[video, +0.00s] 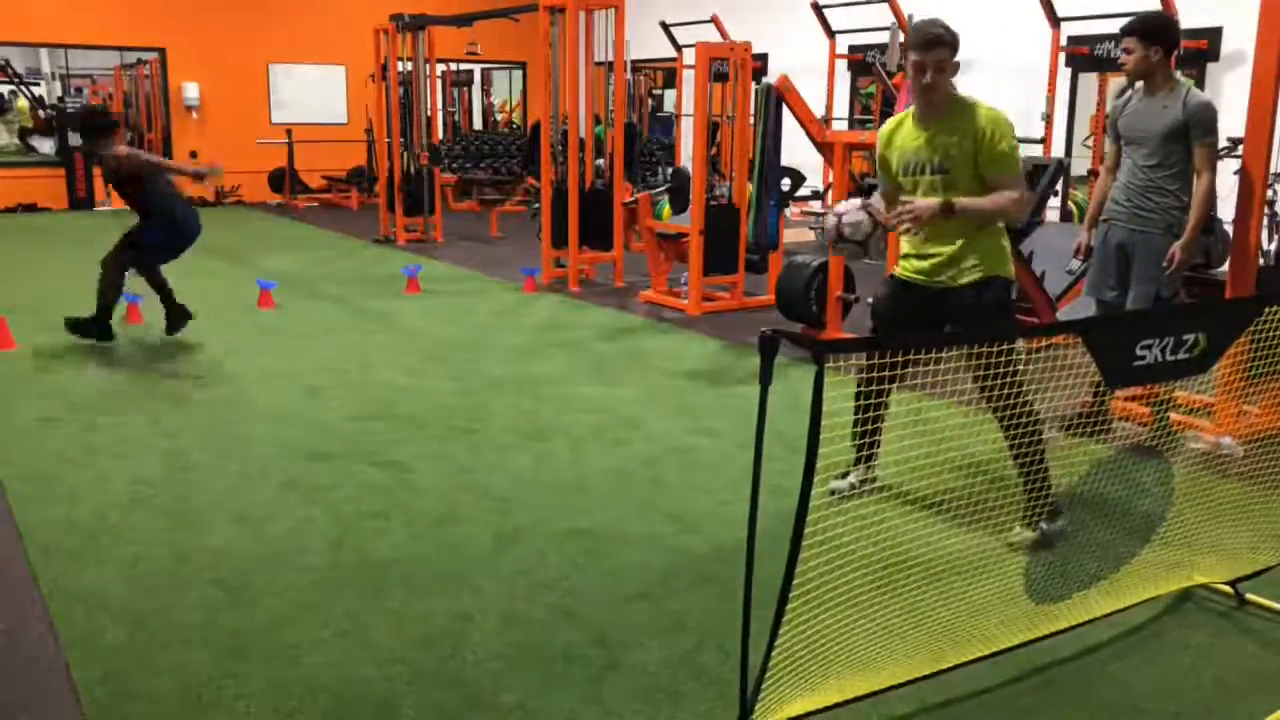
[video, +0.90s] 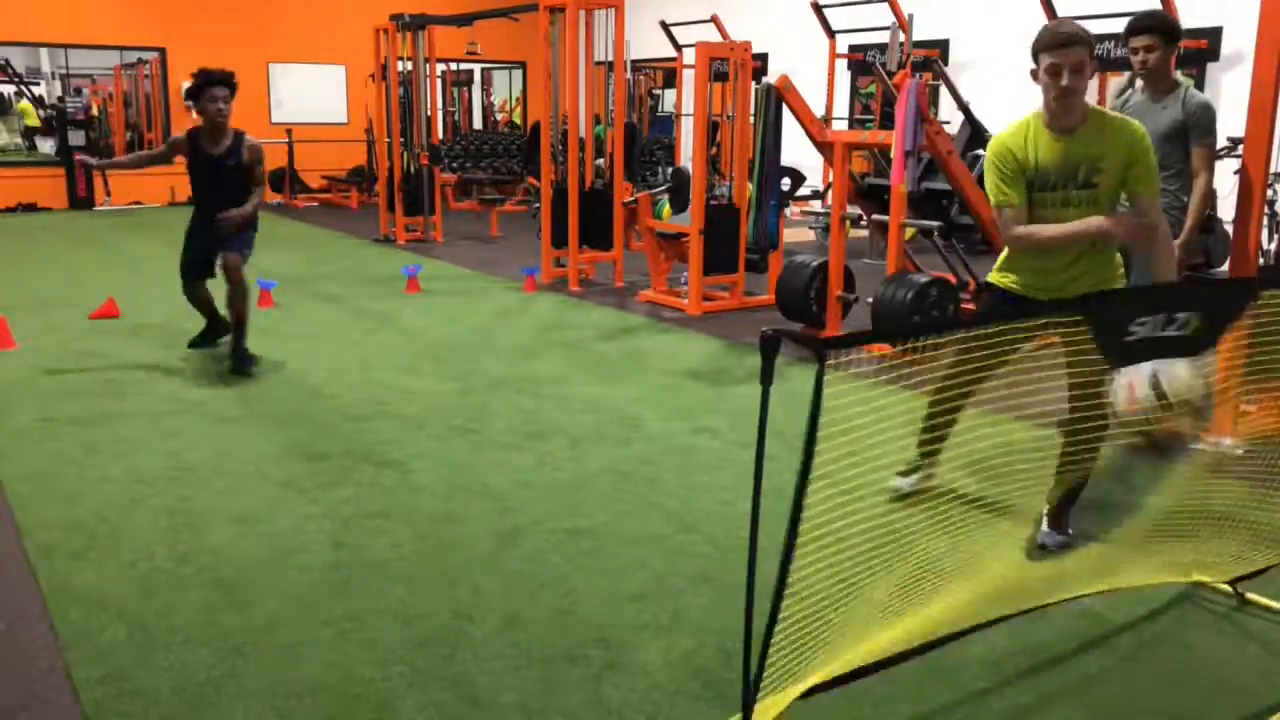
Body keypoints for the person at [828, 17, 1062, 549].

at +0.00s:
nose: (926, 79)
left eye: (936, 69)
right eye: (917, 68)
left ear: (954, 67)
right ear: (904, 67)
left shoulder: (986, 124)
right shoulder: (891, 134)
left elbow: (1017, 203)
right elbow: (890, 201)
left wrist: (946, 205)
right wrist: (872, 215)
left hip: (978, 279)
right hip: (912, 277)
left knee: (1002, 392)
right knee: (874, 373)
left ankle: (1043, 507)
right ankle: (863, 470)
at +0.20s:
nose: (912, 74)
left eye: (923, 64)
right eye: (902, 65)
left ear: (944, 63)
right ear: (892, 68)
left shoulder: (975, 114)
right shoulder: (888, 122)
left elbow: (1026, 179)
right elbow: (863, 170)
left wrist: (986, 230)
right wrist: (809, 160)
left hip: (981, 274)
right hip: (914, 273)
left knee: (1011, 386)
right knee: (882, 370)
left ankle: (1048, 502)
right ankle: (864, 468)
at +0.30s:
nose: (925, 79)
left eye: (934, 68)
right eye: (914, 70)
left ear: (951, 64)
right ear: (900, 71)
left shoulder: (983, 118)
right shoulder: (895, 122)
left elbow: (1045, 171)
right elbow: (862, 159)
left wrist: (1050, 233)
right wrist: (810, 129)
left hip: (990, 273)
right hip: (922, 273)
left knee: (1017, 386)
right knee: (887, 367)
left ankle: (1055, 505)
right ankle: (864, 468)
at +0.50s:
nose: (975, 90)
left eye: (984, 79)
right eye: (964, 80)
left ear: (996, 77)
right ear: (945, 80)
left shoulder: (1034, 134)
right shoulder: (920, 140)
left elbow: (1093, 179)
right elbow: (868, 193)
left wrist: (1131, 218)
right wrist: (827, 155)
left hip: (1022, 287)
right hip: (946, 289)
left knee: (1038, 391)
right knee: (898, 374)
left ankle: (1058, 508)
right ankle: (865, 469)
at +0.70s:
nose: (1028, 110)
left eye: (1037, 97)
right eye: (1015, 99)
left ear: (1050, 93)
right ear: (996, 99)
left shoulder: (1077, 153)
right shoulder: (974, 165)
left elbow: (1112, 224)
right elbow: (1005, 245)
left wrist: (1154, 272)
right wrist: (1057, 294)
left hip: (1046, 303)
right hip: (975, 301)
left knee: (1081, 401)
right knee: (916, 380)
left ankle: (1056, 520)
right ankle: (865, 467)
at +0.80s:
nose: (1049, 99)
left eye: (1058, 88)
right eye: (1037, 90)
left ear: (1072, 87)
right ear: (1019, 90)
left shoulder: (1103, 146)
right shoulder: (996, 162)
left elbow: (1134, 228)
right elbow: (1036, 240)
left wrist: (1162, 304)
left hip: (1072, 297)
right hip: (999, 295)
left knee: (1087, 410)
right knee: (927, 384)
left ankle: (1056, 518)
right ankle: (867, 471)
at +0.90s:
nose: (1066, 81)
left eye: (1076, 70)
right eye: (1053, 71)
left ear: (1092, 72)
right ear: (1036, 76)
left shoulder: (1127, 139)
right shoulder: (1009, 146)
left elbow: (1153, 229)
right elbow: (1011, 235)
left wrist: (1168, 307)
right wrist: (1096, 227)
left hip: (1092, 291)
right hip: (1018, 287)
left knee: (1090, 404)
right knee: (958, 373)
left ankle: (1057, 516)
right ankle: (923, 463)